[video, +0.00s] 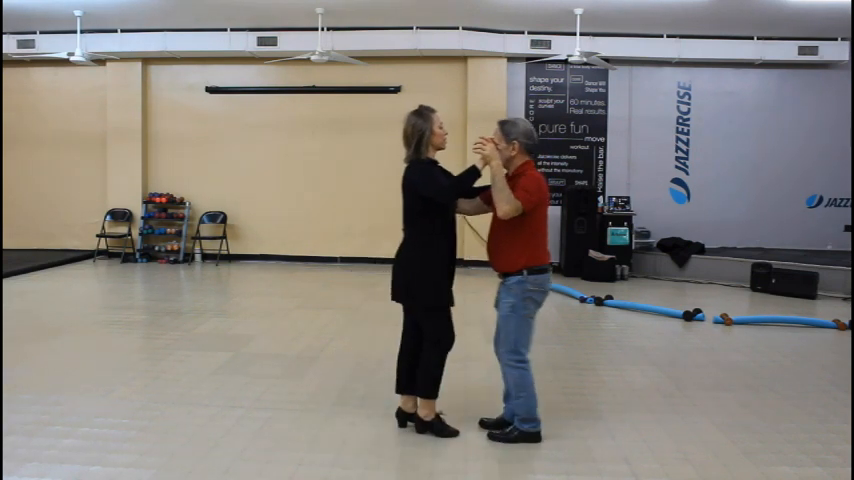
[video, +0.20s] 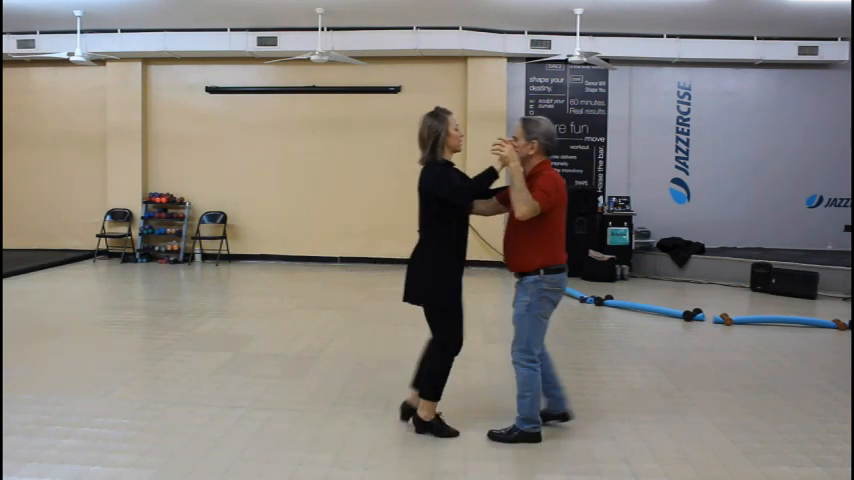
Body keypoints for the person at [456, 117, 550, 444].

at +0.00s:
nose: (491, 147)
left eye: (496, 142)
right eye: (492, 141)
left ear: (514, 147)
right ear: (513, 148)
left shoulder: (531, 179)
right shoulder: (510, 180)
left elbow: (507, 208)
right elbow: (471, 205)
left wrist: (495, 163)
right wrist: (436, 195)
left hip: (527, 278)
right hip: (513, 277)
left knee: (513, 352)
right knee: (505, 349)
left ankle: (528, 425)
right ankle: (512, 415)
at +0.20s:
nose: (510, 143)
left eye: (516, 139)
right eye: (511, 138)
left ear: (533, 146)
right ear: (530, 146)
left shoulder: (549, 180)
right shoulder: (527, 179)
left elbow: (524, 210)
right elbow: (488, 206)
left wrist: (514, 165)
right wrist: (452, 198)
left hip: (543, 278)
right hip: (531, 276)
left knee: (524, 353)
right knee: (531, 347)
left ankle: (527, 426)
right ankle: (557, 407)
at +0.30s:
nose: (521, 146)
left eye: (527, 141)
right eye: (523, 140)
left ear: (545, 147)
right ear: (543, 147)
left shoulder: (560, 182)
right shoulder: (536, 180)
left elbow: (536, 212)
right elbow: (498, 207)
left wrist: (525, 169)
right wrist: (461, 201)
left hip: (550, 279)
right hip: (542, 277)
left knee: (525, 352)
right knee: (550, 343)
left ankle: (528, 425)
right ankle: (587, 402)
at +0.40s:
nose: (526, 152)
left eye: (532, 147)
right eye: (527, 146)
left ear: (552, 151)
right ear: (551, 150)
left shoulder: (569, 184)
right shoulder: (542, 183)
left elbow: (549, 217)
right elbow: (506, 210)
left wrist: (536, 173)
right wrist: (469, 203)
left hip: (558, 280)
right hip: (552, 278)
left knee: (527, 353)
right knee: (570, 344)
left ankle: (528, 425)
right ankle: (604, 406)